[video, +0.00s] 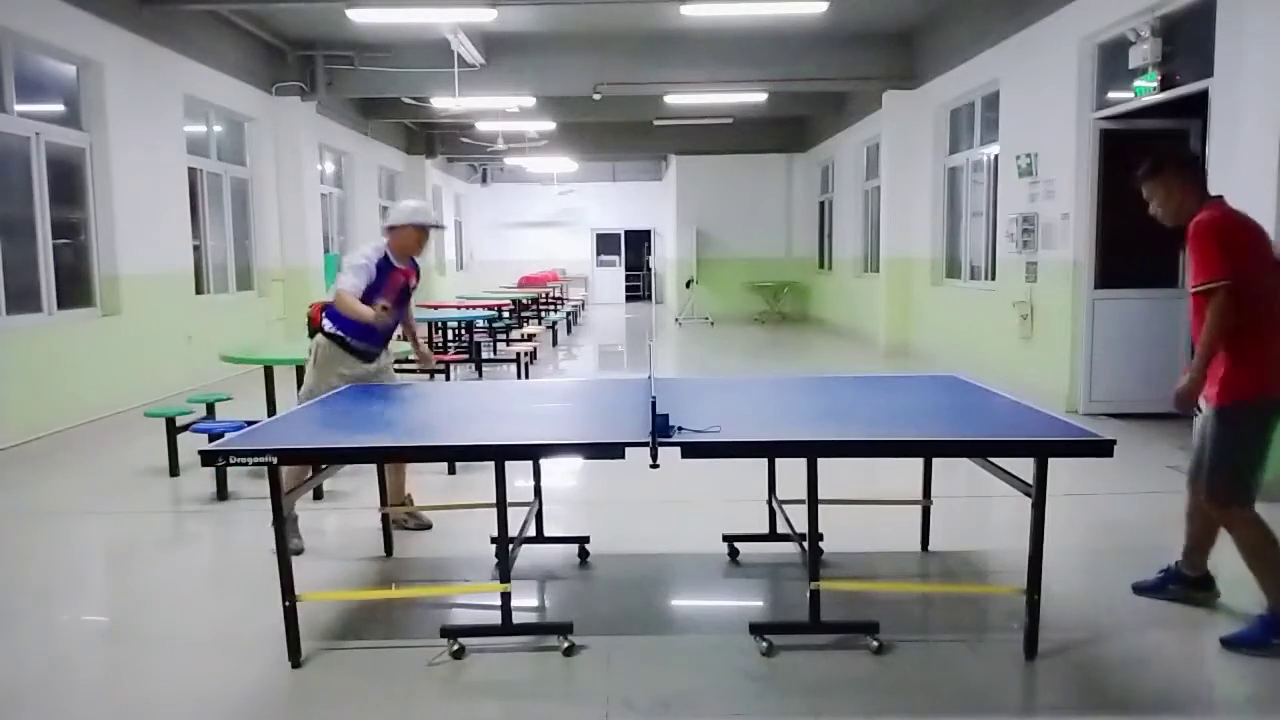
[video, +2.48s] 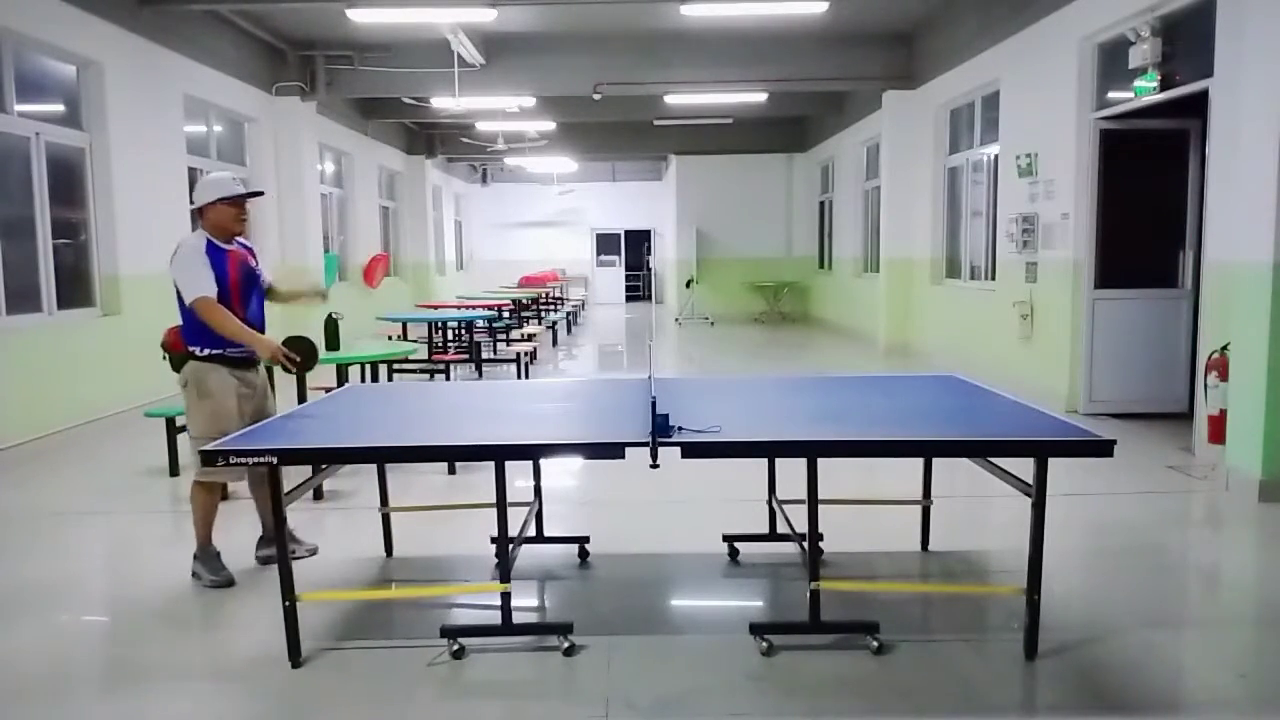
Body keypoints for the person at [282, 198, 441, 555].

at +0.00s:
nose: (425, 241)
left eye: (427, 234)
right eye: (420, 233)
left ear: (419, 235)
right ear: (397, 230)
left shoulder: (411, 269)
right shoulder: (368, 258)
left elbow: (404, 309)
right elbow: (341, 297)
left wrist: (418, 344)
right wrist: (370, 313)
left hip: (378, 359)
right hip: (336, 354)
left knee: (396, 429)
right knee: (308, 436)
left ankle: (396, 504)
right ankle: (287, 513)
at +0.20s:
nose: (390, 213)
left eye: (390, 207)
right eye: (383, 207)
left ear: (382, 211)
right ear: (361, 209)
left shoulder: (388, 250)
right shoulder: (337, 246)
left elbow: (395, 291)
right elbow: (312, 283)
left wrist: (420, 320)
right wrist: (334, 294)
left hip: (372, 353)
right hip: (330, 352)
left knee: (395, 426)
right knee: (310, 433)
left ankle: (398, 504)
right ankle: (274, 507)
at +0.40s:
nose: (338, 224)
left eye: (337, 218)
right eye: (329, 217)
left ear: (330, 223)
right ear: (305, 223)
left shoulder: (341, 262)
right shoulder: (288, 264)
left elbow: (367, 303)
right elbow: (261, 308)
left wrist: (374, 281)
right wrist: (294, 324)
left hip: (332, 364)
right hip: (289, 366)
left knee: (370, 432)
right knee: (286, 443)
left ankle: (396, 505)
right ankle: (258, 513)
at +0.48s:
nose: (327, 224)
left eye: (326, 218)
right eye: (319, 218)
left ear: (314, 224)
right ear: (294, 223)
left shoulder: (328, 259)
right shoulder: (269, 261)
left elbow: (359, 297)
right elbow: (250, 311)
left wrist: (351, 256)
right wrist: (279, 336)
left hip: (321, 365)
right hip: (277, 368)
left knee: (355, 433)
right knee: (271, 443)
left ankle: (384, 503)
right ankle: (257, 517)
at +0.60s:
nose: (306, 219)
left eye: (307, 213)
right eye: (298, 213)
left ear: (308, 216)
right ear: (274, 214)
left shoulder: (311, 251)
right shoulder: (248, 255)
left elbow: (346, 285)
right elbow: (236, 312)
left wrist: (327, 250)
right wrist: (261, 344)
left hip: (308, 359)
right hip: (262, 362)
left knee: (327, 432)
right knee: (257, 441)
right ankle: (251, 519)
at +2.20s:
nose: (271, 228)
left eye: (275, 223)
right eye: (265, 220)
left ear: (273, 225)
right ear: (241, 215)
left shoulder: (271, 254)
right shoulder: (213, 253)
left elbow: (311, 270)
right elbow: (218, 305)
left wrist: (290, 235)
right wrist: (270, 333)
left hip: (260, 374)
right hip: (219, 374)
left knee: (288, 452)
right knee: (221, 466)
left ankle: (296, 530)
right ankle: (205, 553)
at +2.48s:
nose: (244, 212)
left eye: (245, 205)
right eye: (235, 205)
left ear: (238, 209)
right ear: (207, 210)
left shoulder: (244, 249)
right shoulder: (190, 252)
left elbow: (265, 291)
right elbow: (207, 310)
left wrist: (301, 295)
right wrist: (259, 341)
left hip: (251, 367)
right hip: (210, 370)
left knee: (263, 455)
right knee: (211, 464)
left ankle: (274, 535)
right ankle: (204, 553)